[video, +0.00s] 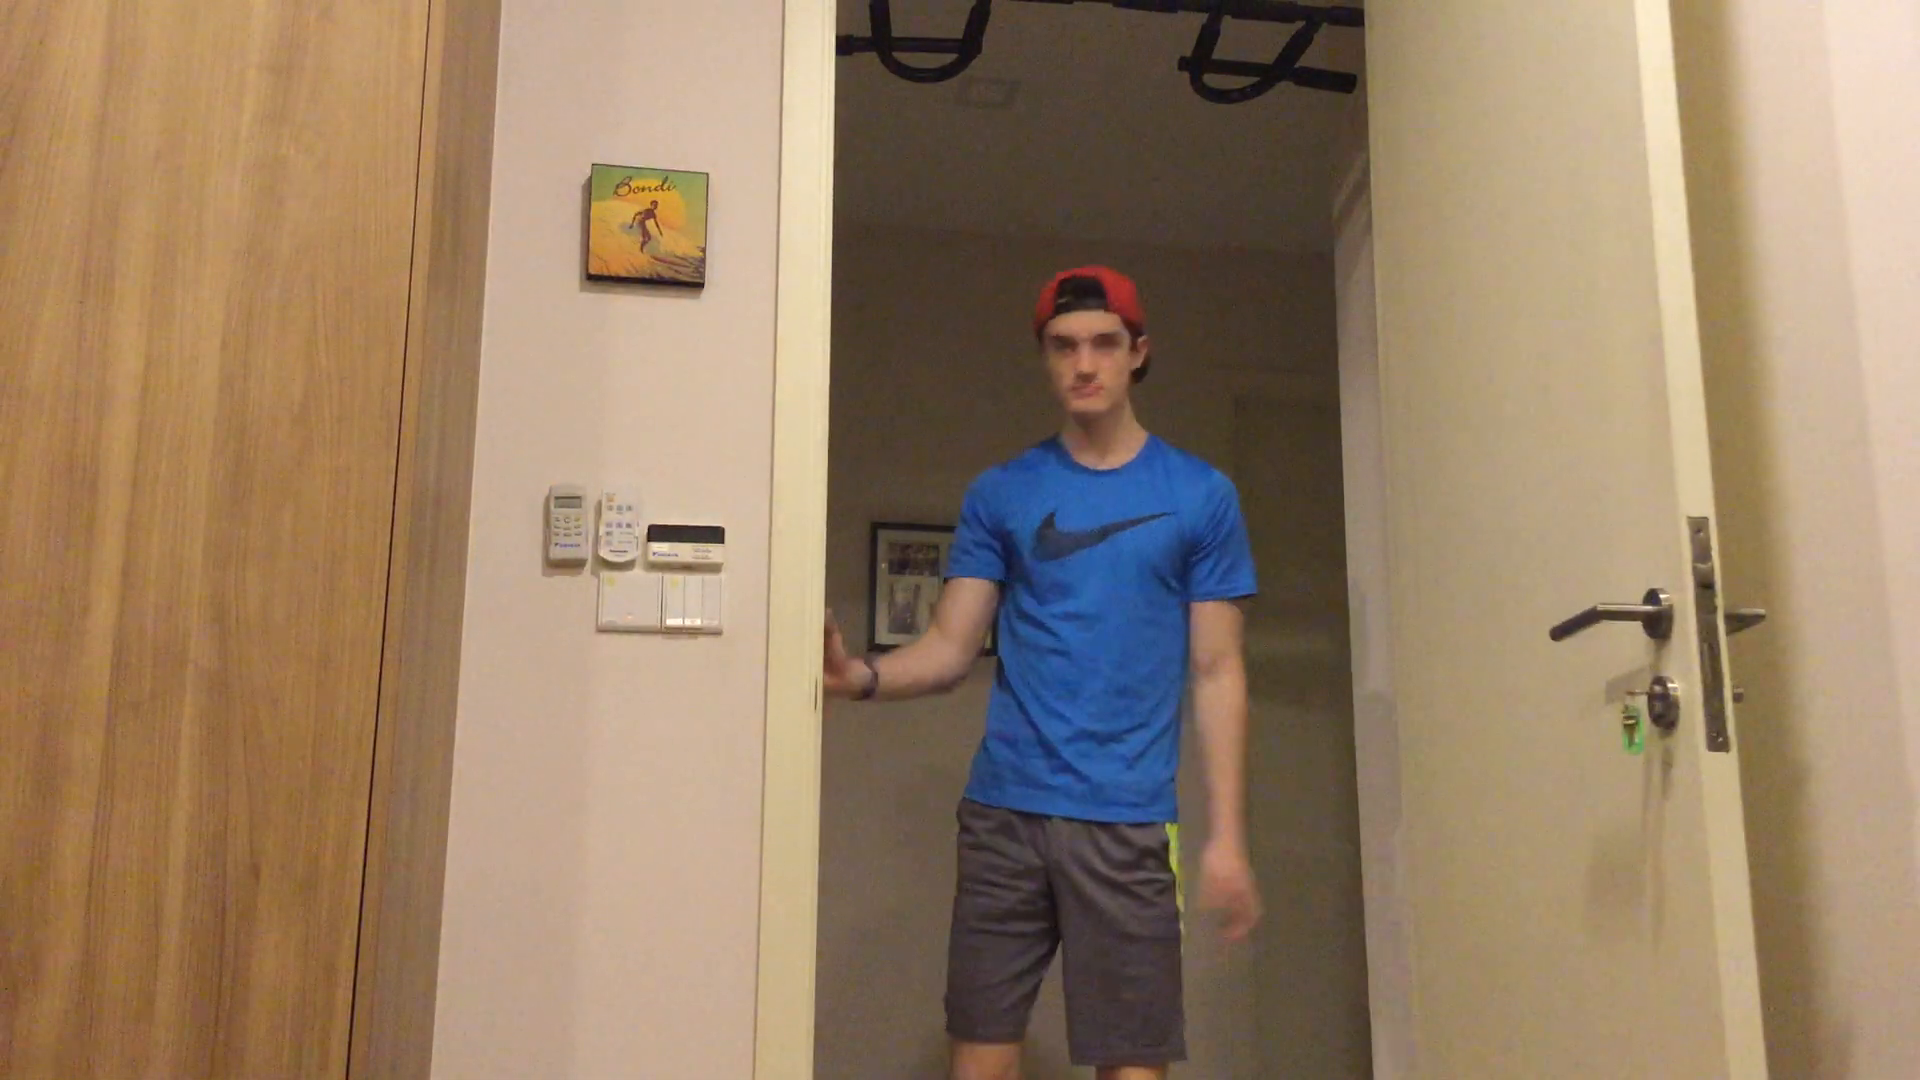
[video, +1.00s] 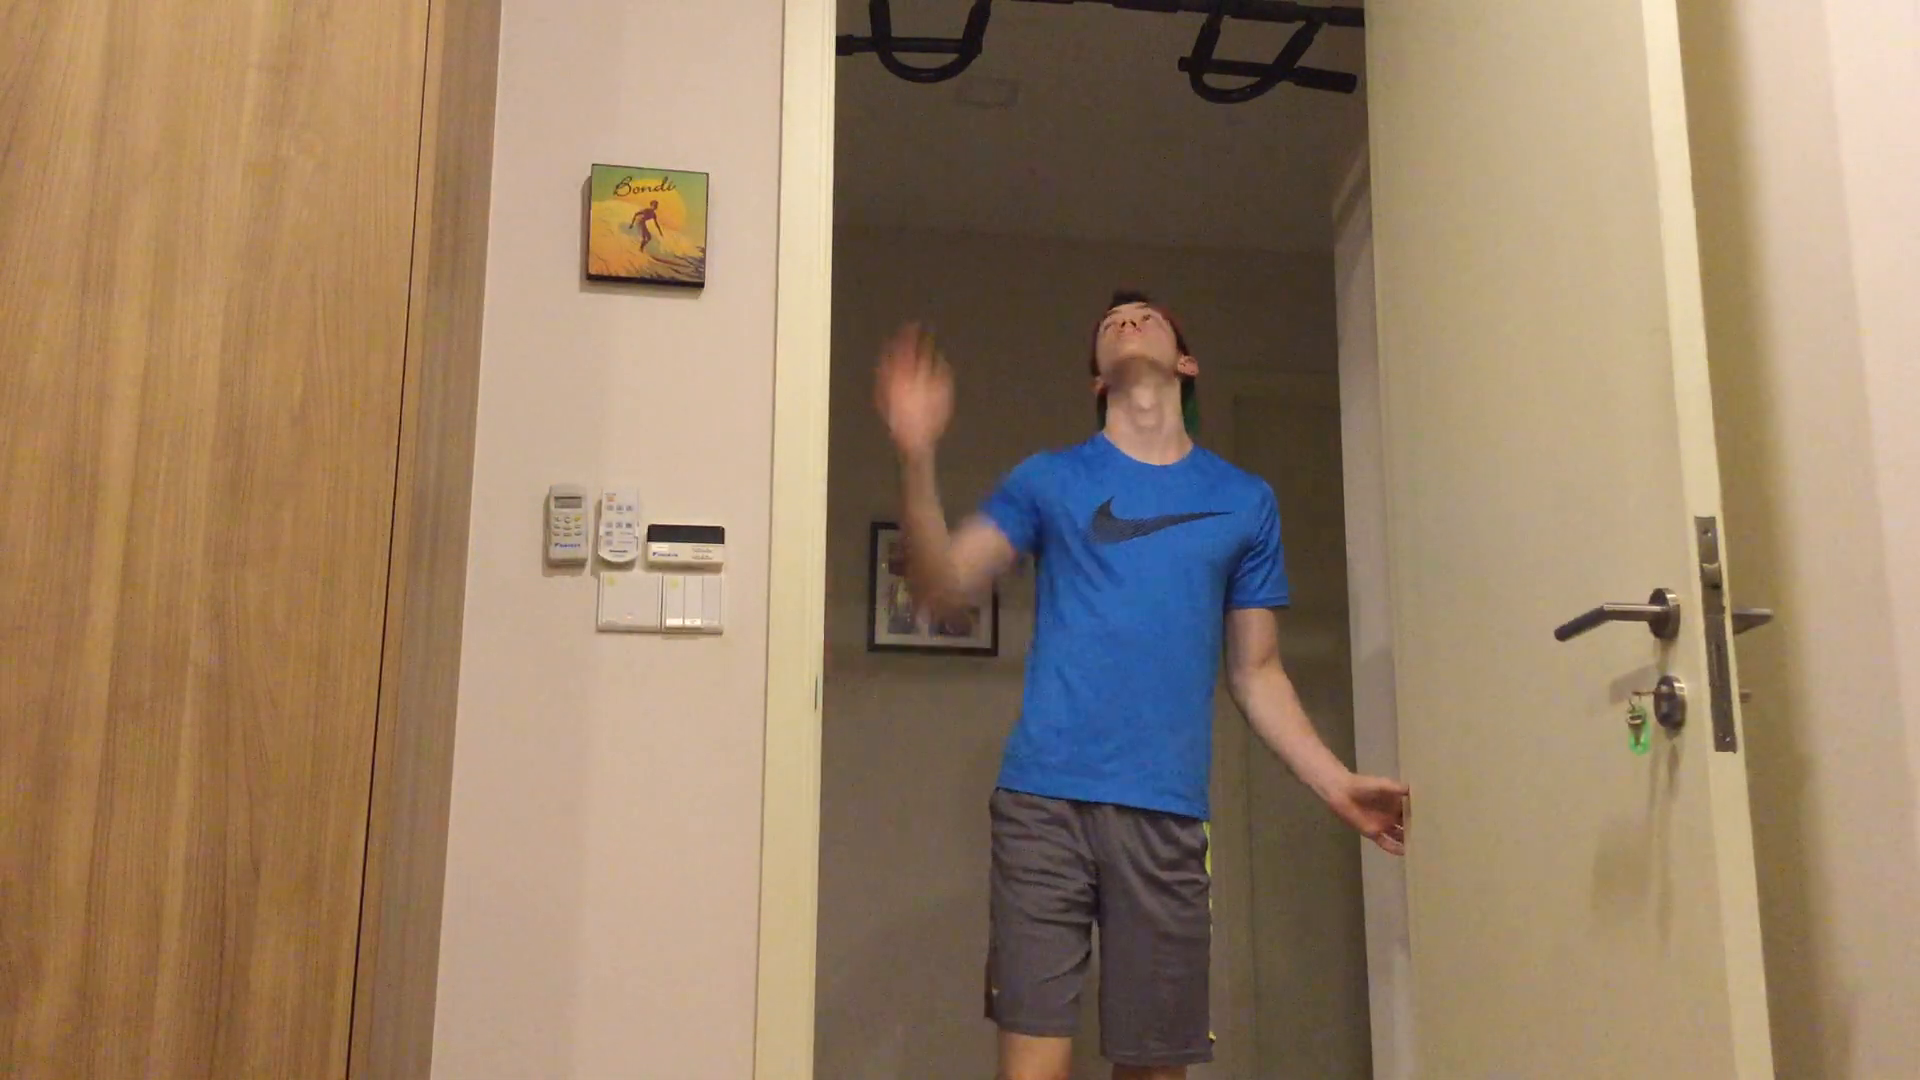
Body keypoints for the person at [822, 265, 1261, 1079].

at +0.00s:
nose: (1082, 363)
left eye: (1101, 344)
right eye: (1063, 346)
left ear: (1137, 355)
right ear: (1043, 362)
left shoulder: (1200, 497)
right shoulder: (1001, 494)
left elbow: (1217, 672)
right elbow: (949, 647)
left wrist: (1225, 838)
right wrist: (859, 675)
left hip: (1127, 823)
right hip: (1004, 811)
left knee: (1130, 1060)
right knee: (981, 1045)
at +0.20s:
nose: (1103, 338)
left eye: (1122, 323)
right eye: (1082, 326)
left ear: (1151, 347)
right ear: (1058, 355)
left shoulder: (1216, 491)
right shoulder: (1015, 489)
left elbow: (1249, 664)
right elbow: (956, 645)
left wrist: (1299, 822)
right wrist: (850, 683)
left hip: (1135, 823)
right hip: (1009, 810)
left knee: (1138, 1065)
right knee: (978, 1061)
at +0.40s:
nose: (1116, 320)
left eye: (1136, 312)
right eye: (1095, 314)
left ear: (1165, 350)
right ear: (1073, 355)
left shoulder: (1227, 492)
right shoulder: (1025, 486)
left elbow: (1259, 665)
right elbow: (959, 641)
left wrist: (1335, 800)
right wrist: (849, 682)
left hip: (1146, 821)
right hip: (1019, 807)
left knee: (1145, 1066)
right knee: (989, 1062)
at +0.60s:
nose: (1134, 309)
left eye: (1152, 306)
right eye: (1112, 307)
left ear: (1183, 353)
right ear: (1087, 356)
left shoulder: (1237, 498)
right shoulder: (1038, 481)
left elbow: (1251, 669)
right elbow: (965, 633)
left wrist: (1331, 795)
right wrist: (854, 680)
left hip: (1153, 821)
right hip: (1027, 806)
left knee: (1148, 1067)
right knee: (1008, 1064)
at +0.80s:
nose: (1141, 314)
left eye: (1159, 312)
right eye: (1121, 314)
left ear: (1191, 363)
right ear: (1097, 368)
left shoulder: (1242, 502)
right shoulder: (1043, 484)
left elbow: (1253, 672)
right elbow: (989, 641)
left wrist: (1336, 792)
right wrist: (891, 650)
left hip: (1159, 820)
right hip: (1033, 805)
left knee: (1150, 1065)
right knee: (1016, 1061)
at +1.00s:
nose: (1126, 318)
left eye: (1147, 315)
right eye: (1110, 321)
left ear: (1186, 365)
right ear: (1096, 382)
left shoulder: (1243, 499)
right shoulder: (1048, 479)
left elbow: (1257, 669)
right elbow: (943, 587)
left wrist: (1337, 784)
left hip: (1167, 814)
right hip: (1042, 802)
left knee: (1156, 1063)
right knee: (1035, 1057)